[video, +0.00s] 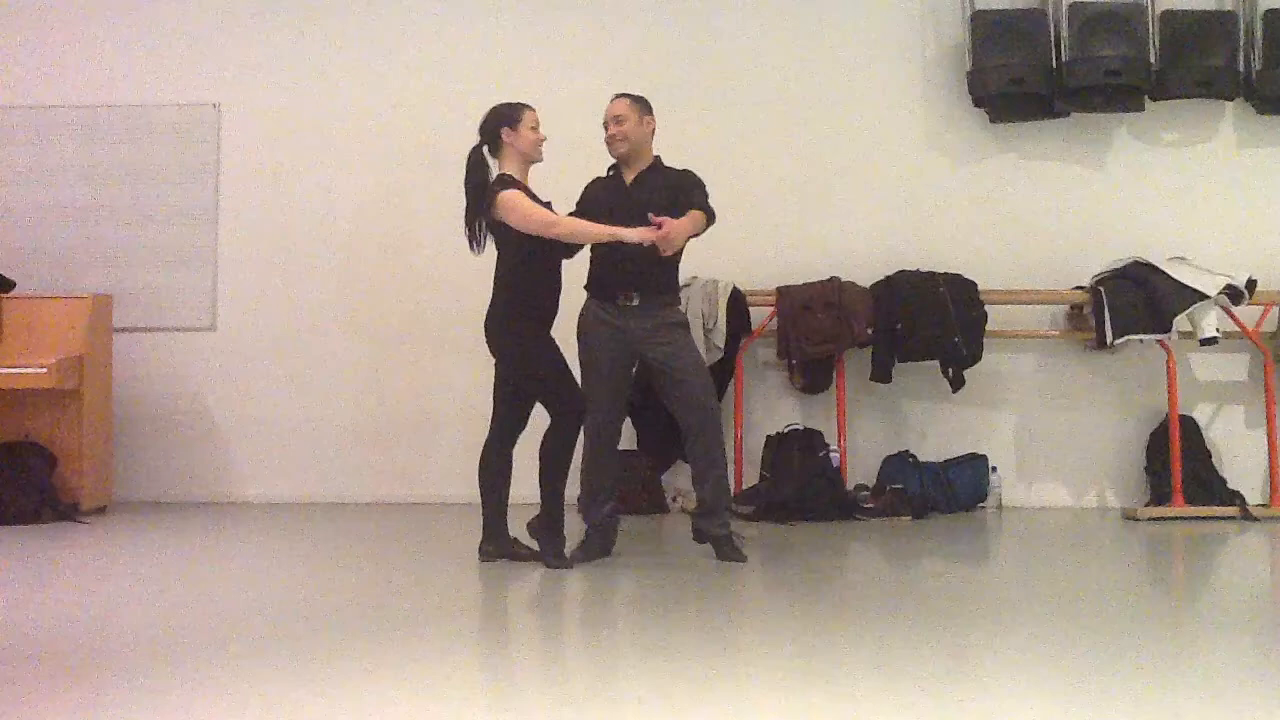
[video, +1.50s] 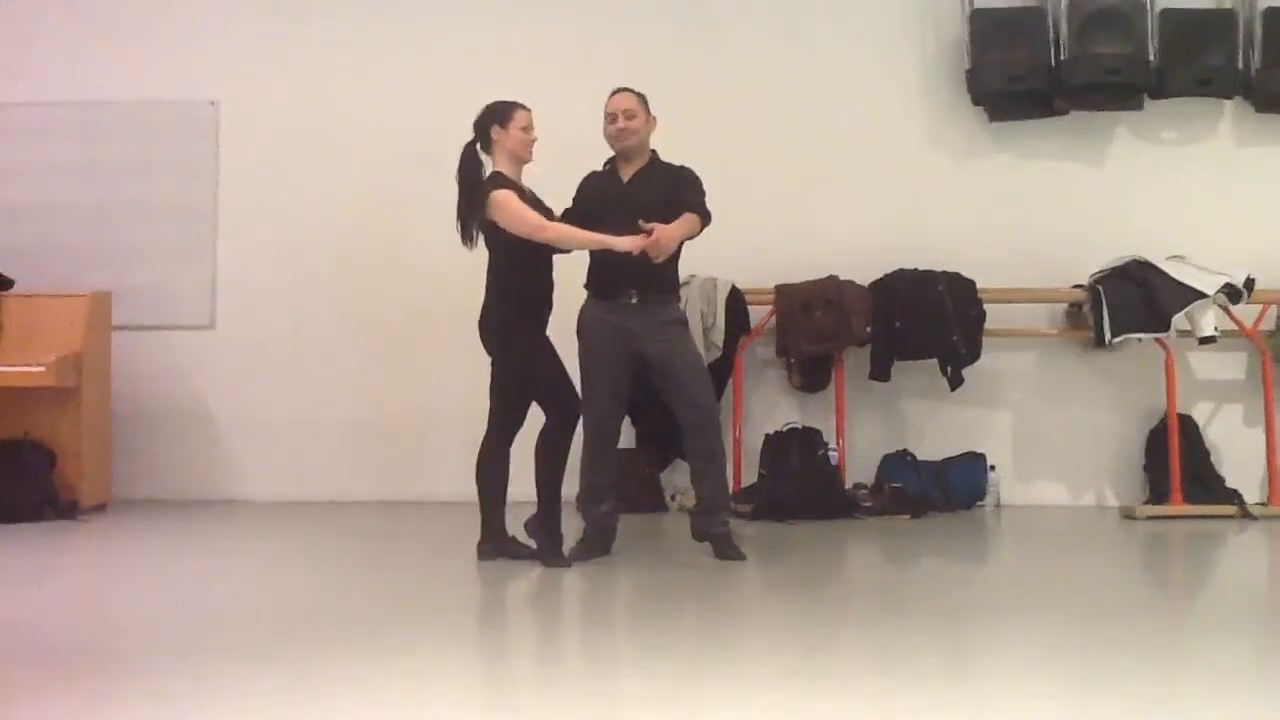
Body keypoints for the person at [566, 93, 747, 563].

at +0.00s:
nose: (610, 130)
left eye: (619, 121)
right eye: (606, 124)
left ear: (649, 126)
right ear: (605, 134)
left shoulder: (681, 181)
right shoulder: (597, 191)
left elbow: (702, 213)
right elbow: (568, 244)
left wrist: (683, 227)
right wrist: (528, 229)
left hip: (662, 320)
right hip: (604, 320)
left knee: (703, 411)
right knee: (601, 420)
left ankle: (714, 523)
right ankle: (599, 529)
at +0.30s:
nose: (615, 126)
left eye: (625, 117)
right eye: (611, 120)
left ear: (654, 123)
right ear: (610, 131)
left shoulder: (681, 180)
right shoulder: (598, 189)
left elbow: (705, 210)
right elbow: (569, 241)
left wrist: (685, 225)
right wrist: (527, 225)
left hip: (662, 317)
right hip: (603, 318)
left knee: (702, 408)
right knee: (601, 418)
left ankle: (714, 520)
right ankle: (598, 528)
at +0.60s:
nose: (615, 129)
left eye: (626, 121)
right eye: (612, 123)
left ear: (655, 128)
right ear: (611, 133)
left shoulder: (683, 183)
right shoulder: (598, 191)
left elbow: (703, 215)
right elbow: (568, 243)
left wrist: (682, 230)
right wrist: (524, 229)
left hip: (662, 320)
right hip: (603, 319)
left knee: (702, 412)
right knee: (601, 421)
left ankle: (714, 523)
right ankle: (598, 531)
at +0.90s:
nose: (615, 129)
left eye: (625, 120)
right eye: (611, 123)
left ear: (654, 126)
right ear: (610, 133)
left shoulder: (682, 182)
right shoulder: (598, 190)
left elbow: (703, 214)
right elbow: (569, 243)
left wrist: (681, 229)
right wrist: (528, 226)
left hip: (662, 319)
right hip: (603, 320)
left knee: (703, 412)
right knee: (601, 421)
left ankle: (715, 523)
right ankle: (598, 531)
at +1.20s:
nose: (620, 123)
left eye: (630, 115)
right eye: (614, 117)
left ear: (655, 122)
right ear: (610, 128)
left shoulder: (683, 177)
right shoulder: (598, 185)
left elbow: (701, 211)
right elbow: (569, 238)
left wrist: (678, 227)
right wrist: (525, 227)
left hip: (663, 315)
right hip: (604, 315)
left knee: (702, 408)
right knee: (602, 419)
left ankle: (716, 521)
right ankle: (599, 526)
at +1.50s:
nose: (619, 124)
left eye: (629, 116)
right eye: (611, 118)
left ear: (651, 124)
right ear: (604, 129)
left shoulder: (680, 178)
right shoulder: (593, 186)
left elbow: (698, 215)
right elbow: (566, 236)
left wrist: (674, 232)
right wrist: (522, 230)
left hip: (662, 318)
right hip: (604, 317)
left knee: (701, 412)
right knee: (600, 421)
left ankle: (714, 523)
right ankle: (598, 528)